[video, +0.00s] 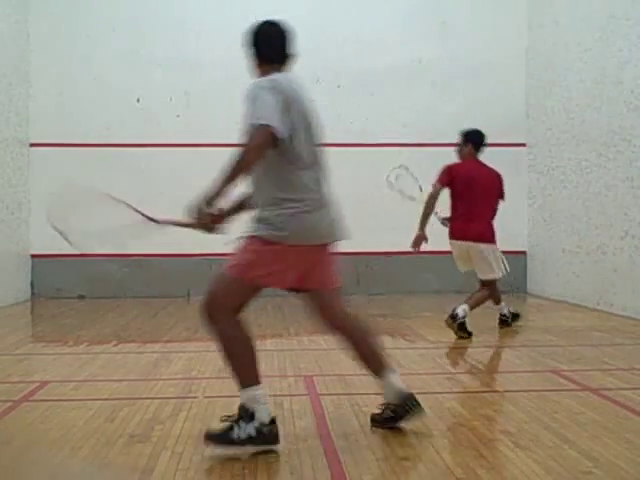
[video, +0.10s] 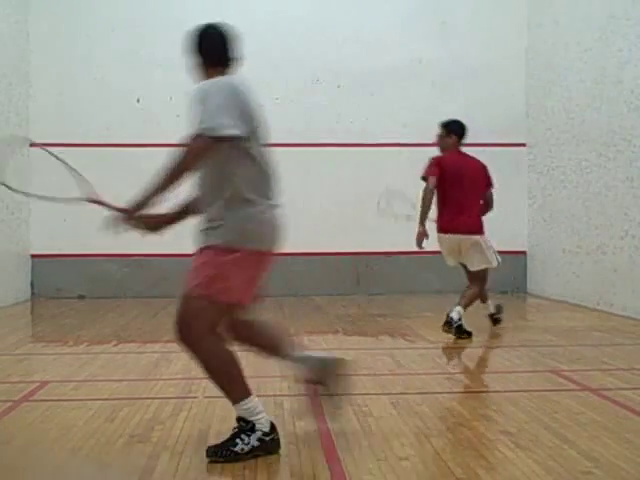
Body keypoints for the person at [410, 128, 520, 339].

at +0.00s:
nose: (457, 150)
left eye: (460, 146)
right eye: (458, 146)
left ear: (469, 147)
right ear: (478, 149)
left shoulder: (453, 170)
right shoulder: (494, 176)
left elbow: (433, 197)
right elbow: (491, 212)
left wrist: (421, 230)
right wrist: (454, 219)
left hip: (458, 238)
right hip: (483, 239)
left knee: (487, 277)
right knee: (489, 287)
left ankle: (504, 312)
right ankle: (460, 313)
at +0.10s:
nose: (437, 140)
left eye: (441, 136)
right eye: (438, 135)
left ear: (452, 138)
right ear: (458, 140)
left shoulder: (438, 162)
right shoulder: (478, 165)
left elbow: (430, 187)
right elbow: (488, 204)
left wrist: (421, 224)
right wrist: (472, 215)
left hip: (446, 233)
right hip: (472, 233)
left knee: (472, 274)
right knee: (477, 283)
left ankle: (490, 309)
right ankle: (455, 315)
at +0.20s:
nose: (419, 136)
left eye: (423, 131)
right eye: (420, 131)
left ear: (436, 133)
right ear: (440, 134)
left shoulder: (424, 158)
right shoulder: (460, 158)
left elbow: (424, 184)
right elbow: (481, 194)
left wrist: (422, 225)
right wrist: (467, 214)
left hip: (437, 227)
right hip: (462, 227)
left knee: (453, 274)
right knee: (467, 277)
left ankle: (460, 318)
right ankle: (451, 319)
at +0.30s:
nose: (399, 132)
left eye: (404, 128)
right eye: (400, 127)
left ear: (418, 129)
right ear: (421, 130)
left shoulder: (407, 155)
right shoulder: (442, 153)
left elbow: (412, 187)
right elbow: (470, 185)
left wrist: (411, 227)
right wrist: (459, 214)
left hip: (424, 224)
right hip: (451, 222)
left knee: (423, 262)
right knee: (459, 272)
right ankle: (450, 321)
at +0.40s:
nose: (379, 130)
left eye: (384, 125)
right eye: (379, 125)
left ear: (398, 126)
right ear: (399, 127)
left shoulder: (388, 152)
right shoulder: (423, 150)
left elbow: (392, 186)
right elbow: (454, 176)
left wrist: (390, 224)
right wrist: (450, 210)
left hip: (402, 221)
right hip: (432, 219)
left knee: (395, 267)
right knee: (448, 267)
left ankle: (395, 313)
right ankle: (449, 322)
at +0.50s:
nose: (359, 123)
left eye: (363, 119)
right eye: (359, 118)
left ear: (377, 119)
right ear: (380, 121)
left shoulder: (368, 146)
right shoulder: (401, 145)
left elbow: (369, 180)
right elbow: (433, 169)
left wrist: (360, 217)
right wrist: (434, 204)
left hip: (380, 217)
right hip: (408, 215)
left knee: (378, 272)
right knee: (426, 268)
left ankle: (383, 328)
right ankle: (444, 321)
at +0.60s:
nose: (339, 113)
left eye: (343, 109)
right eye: (340, 108)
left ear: (357, 110)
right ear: (361, 110)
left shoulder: (347, 136)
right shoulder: (380, 136)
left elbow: (350, 169)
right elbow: (410, 164)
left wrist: (334, 203)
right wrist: (406, 201)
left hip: (360, 209)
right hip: (386, 206)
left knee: (365, 266)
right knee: (397, 259)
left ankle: (378, 322)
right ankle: (413, 315)